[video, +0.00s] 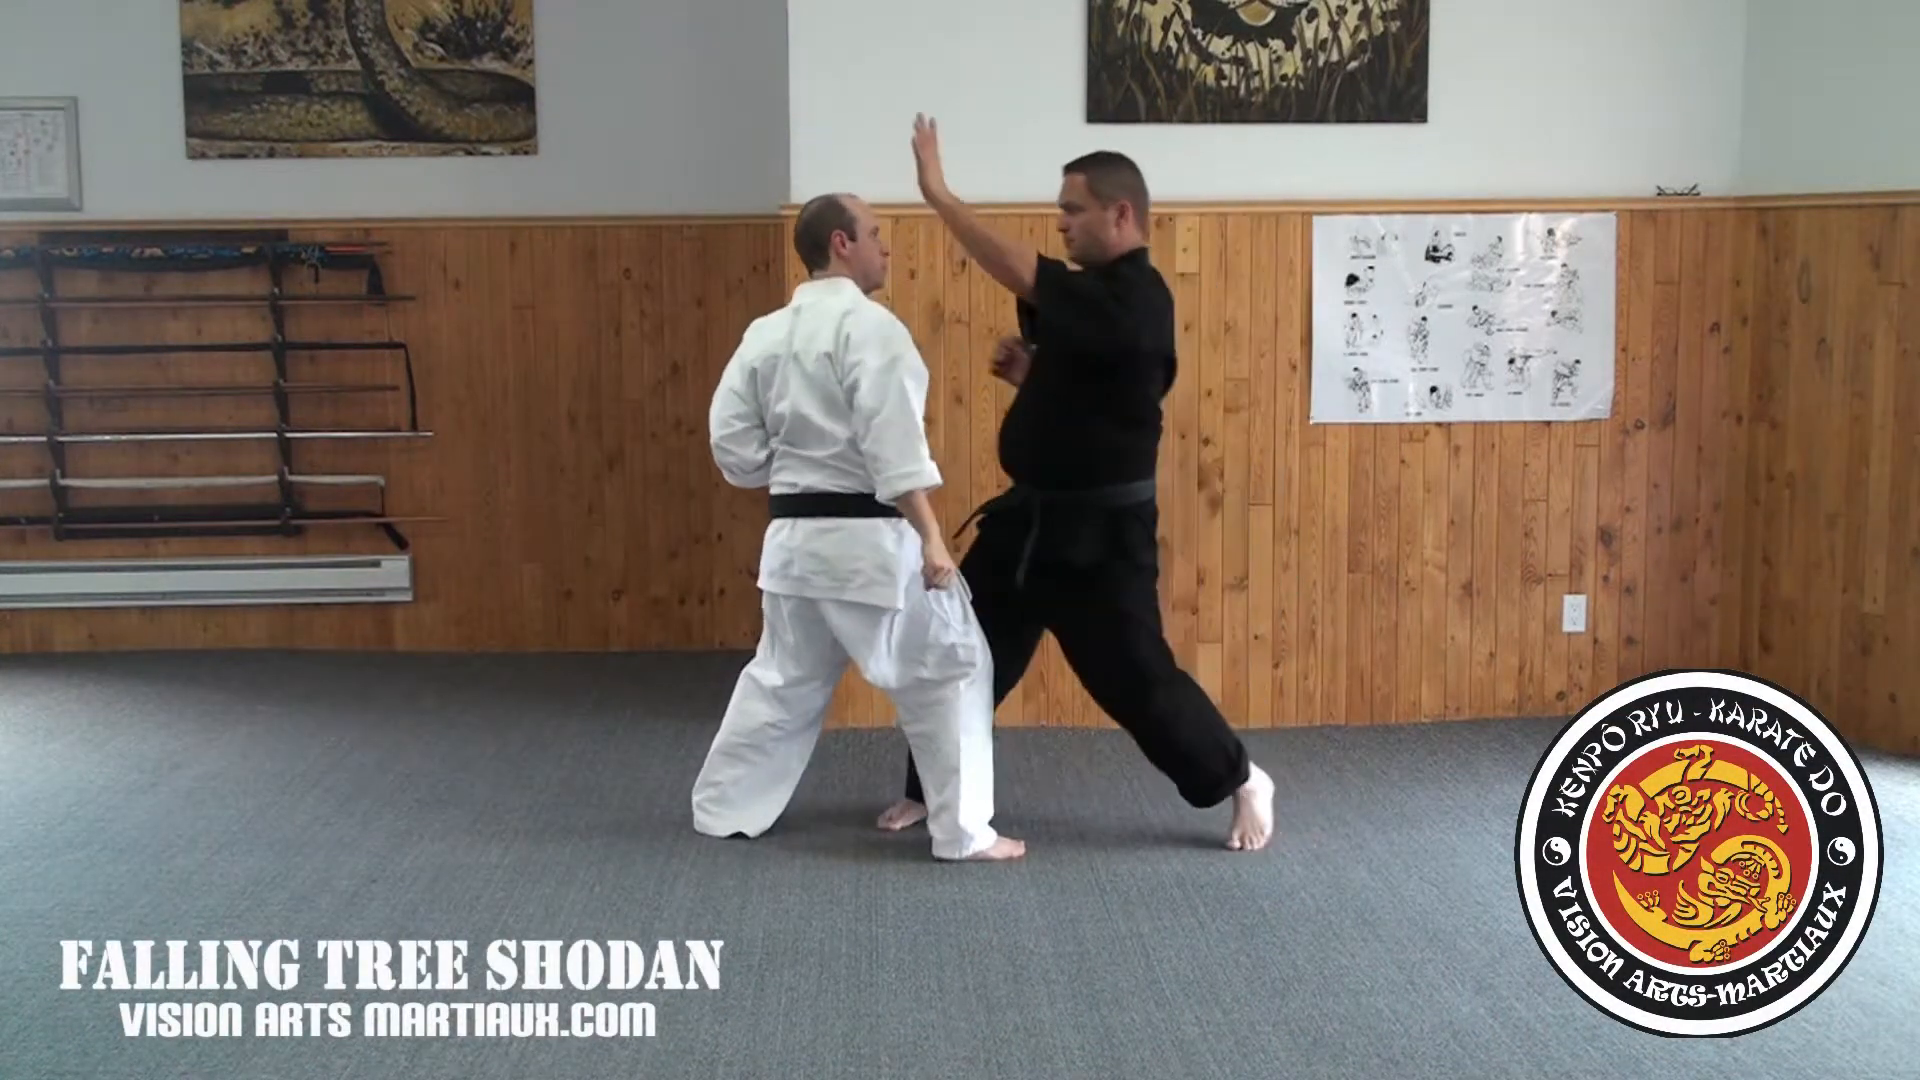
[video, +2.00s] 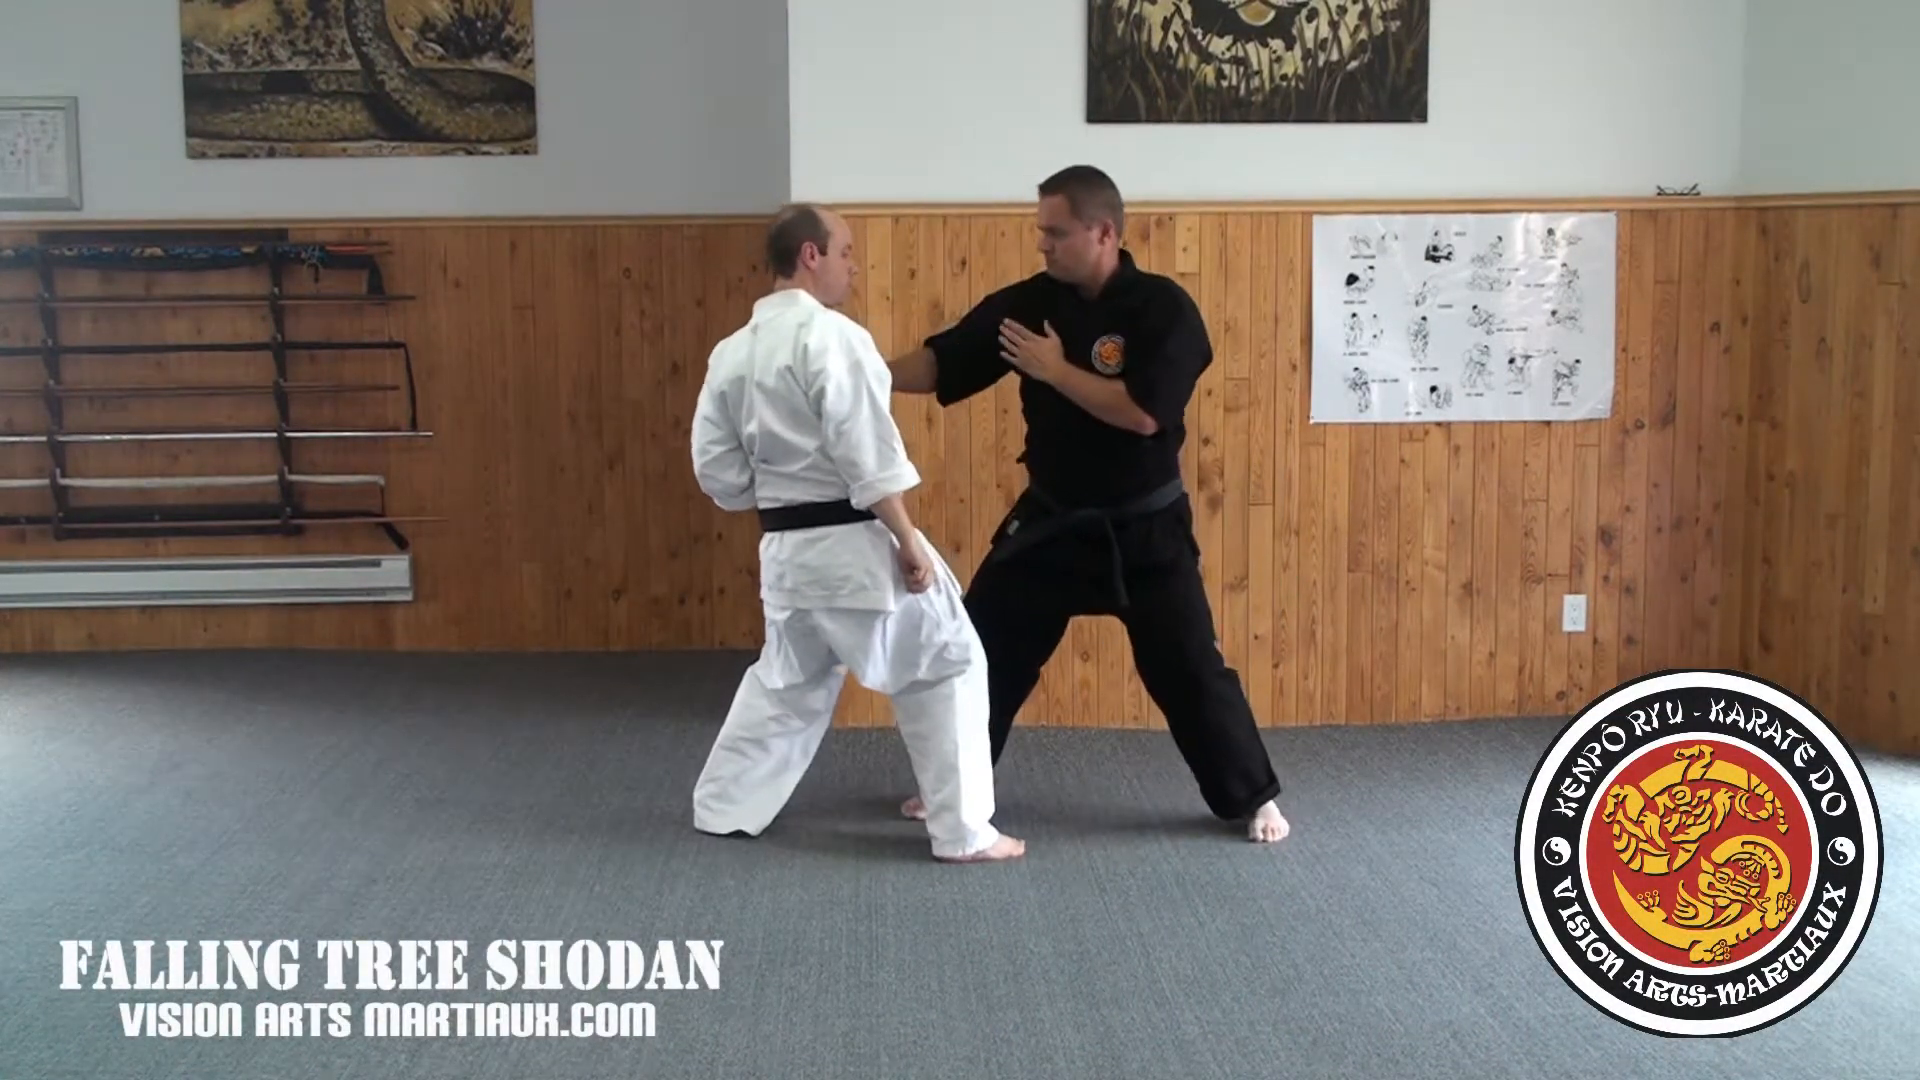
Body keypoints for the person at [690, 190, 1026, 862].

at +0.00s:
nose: (885, 248)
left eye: (881, 235)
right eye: (875, 236)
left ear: (823, 249)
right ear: (843, 245)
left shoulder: (765, 333)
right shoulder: (873, 329)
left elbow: (731, 440)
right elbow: (894, 446)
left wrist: (792, 480)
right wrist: (933, 537)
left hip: (790, 540)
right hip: (872, 541)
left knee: (781, 677)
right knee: (950, 669)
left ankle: (721, 809)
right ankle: (965, 830)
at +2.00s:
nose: (852, 270)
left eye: (851, 256)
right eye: (845, 256)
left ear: (786, 262)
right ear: (810, 258)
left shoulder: (730, 353)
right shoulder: (833, 337)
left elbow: (720, 474)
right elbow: (865, 448)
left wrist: (786, 501)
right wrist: (907, 536)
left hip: (784, 553)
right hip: (859, 548)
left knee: (787, 678)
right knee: (949, 664)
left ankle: (721, 807)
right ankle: (964, 830)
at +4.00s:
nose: (802, 265)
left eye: (800, 251)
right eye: (795, 251)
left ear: (743, 258)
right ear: (762, 254)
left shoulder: (686, 358)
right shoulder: (791, 337)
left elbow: (690, 476)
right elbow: (832, 450)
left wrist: (754, 506)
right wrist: (879, 532)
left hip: (756, 548)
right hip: (831, 542)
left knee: (775, 676)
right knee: (908, 677)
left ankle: (723, 810)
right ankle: (958, 828)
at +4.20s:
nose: (760, 263)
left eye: (758, 250)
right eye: (754, 250)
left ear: (699, 254)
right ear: (725, 250)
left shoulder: (640, 349)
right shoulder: (746, 332)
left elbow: (630, 466)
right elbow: (798, 440)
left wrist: (693, 496)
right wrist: (860, 518)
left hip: (691, 551)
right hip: (769, 549)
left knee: (735, 682)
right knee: (843, 679)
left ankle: (726, 812)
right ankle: (914, 823)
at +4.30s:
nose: (743, 259)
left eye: (741, 244)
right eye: (736, 244)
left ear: (684, 246)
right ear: (705, 244)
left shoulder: (622, 336)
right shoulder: (718, 328)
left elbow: (601, 461)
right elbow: (768, 444)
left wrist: (664, 492)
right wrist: (827, 526)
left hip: (663, 550)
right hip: (734, 549)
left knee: (721, 675)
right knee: (829, 651)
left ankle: (724, 807)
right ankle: (815, 810)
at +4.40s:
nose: (722, 251)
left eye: (721, 236)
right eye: (717, 235)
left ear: (658, 239)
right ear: (685, 236)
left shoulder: (602, 326)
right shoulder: (704, 323)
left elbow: (574, 438)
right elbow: (737, 442)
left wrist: (600, 501)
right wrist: (788, 524)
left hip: (639, 536)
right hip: (714, 536)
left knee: (688, 671)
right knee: (770, 666)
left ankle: (720, 805)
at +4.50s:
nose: (714, 248)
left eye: (712, 232)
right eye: (707, 232)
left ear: (653, 235)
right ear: (674, 233)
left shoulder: (588, 320)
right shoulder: (688, 321)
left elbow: (547, 423)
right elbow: (710, 446)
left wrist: (533, 506)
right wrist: (755, 531)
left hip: (612, 535)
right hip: (679, 538)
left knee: (692, 674)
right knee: (681, 683)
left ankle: (715, 807)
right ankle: (601, 820)